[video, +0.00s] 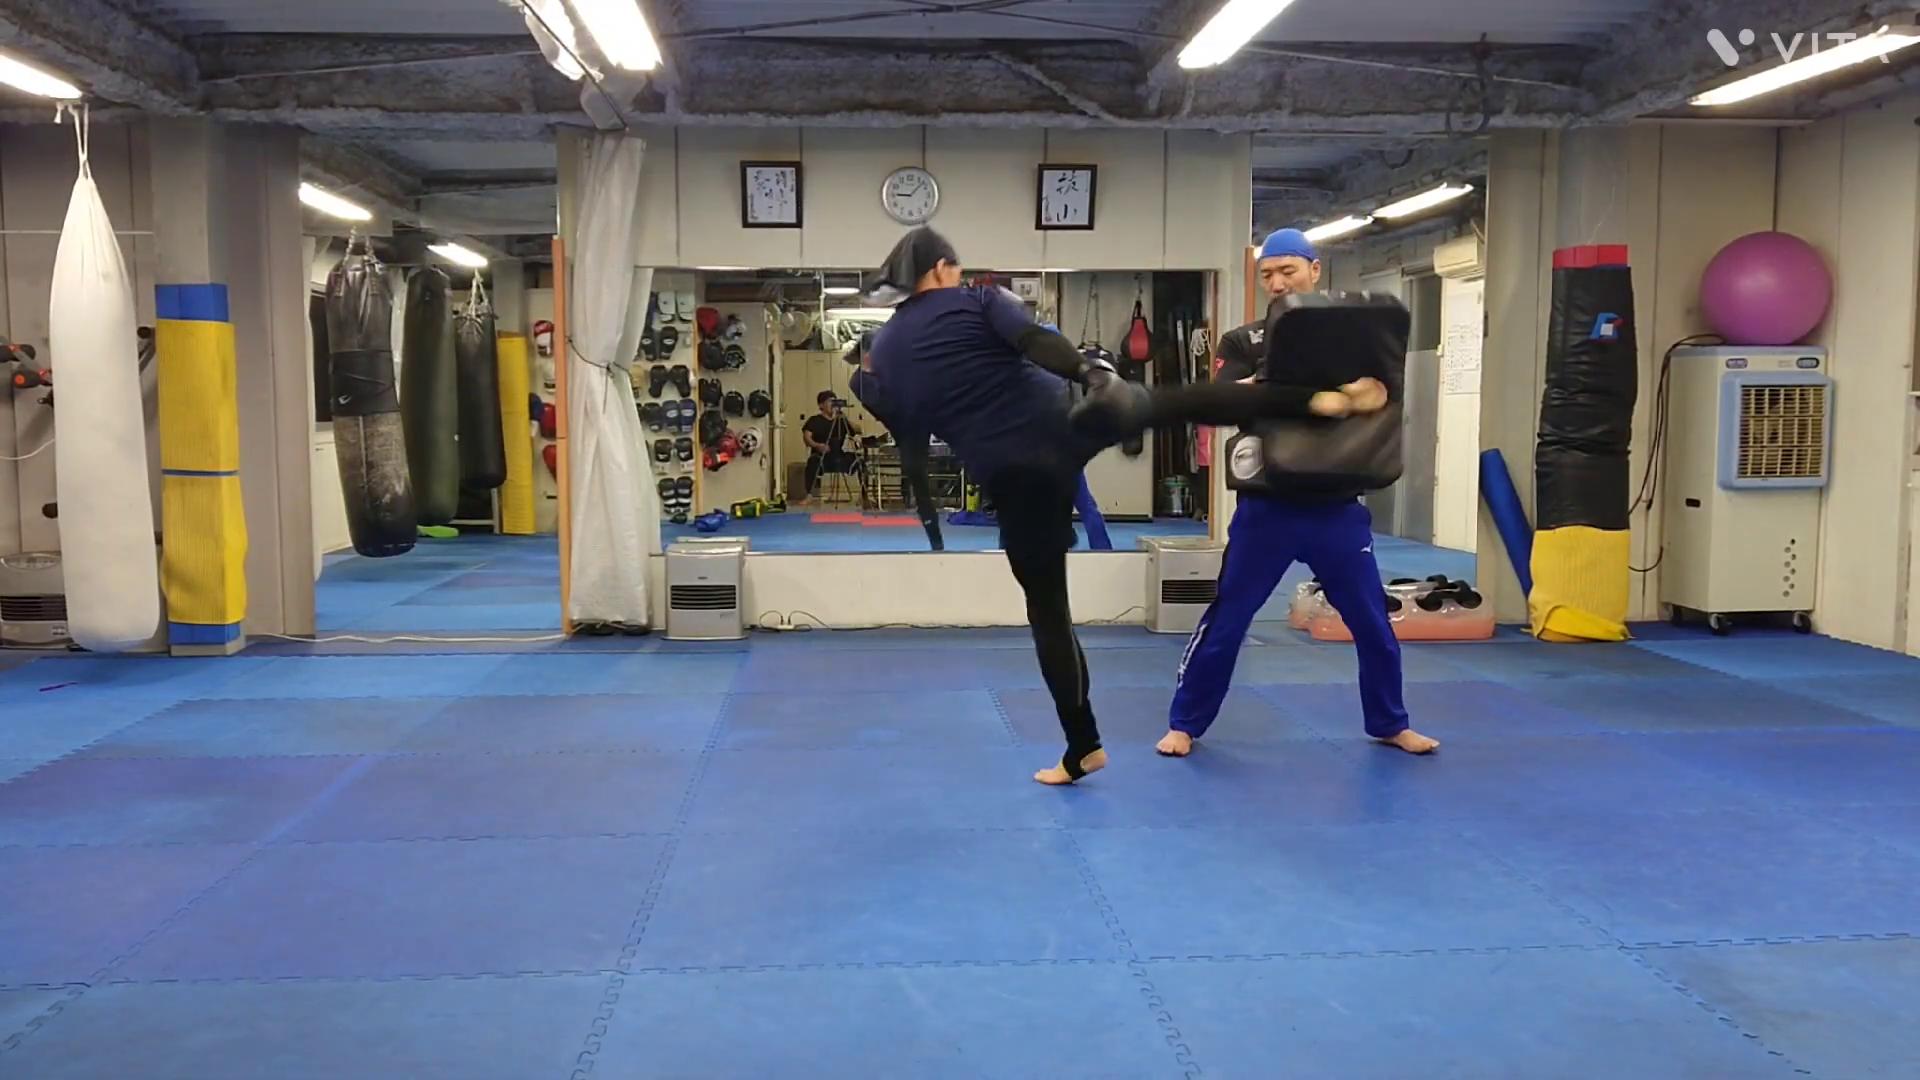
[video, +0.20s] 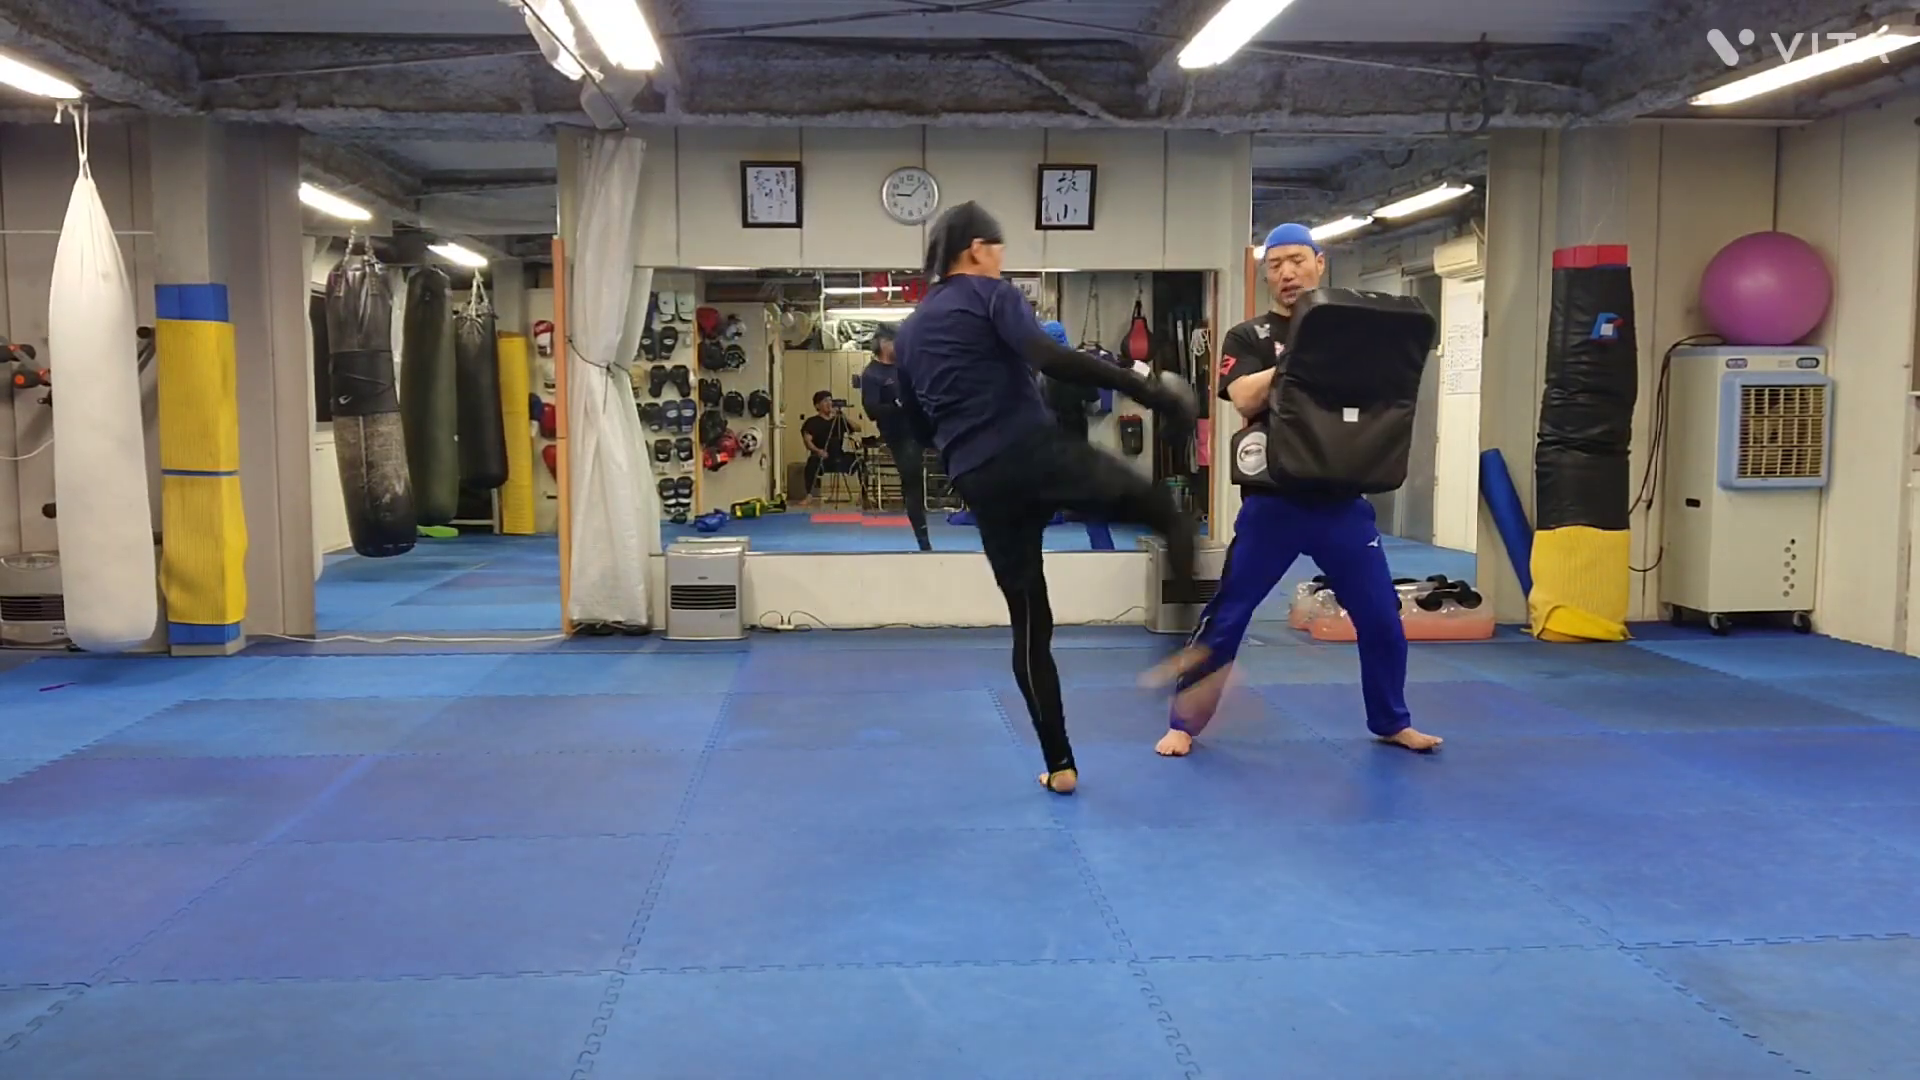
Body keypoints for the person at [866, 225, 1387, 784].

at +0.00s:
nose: (961, 276)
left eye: (956, 269)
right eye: (956, 268)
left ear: (900, 287)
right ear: (940, 272)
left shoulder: (885, 357)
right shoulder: (976, 298)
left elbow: (909, 433)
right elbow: (1036, 340)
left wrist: (865, 379)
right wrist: (1090, 368)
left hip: (1015, 478)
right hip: (1064, 420)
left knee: (1049, 617)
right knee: (1171, 401)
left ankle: (1082, 747)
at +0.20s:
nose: (1001, 262)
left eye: (1000, 252)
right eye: (996, 252)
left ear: (945, 257)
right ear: (972, 250)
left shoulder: (910, 332)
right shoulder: (990, 292)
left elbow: (921, 426)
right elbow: (1046, 354)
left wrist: (973, 399)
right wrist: (1147, 387)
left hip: (979, 480)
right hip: (1034, 452)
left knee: (1029, 624)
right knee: (1160, 509)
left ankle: (1059, 766)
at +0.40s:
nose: (1046, 261)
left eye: (1045, 249)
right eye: (1042, 249)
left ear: (999, 249)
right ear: (1018, 247)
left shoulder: (970, 301)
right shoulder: (1003, 302)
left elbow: (994, 387)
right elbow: (1020, 380)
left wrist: (1078, 378)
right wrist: (1101, 382)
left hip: (964, 480)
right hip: (983, 482)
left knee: (1021, 622)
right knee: (996, 625)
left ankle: (1058, 766)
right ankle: (921, 790)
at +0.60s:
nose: (1067, 275)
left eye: (1066, 263)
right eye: (1064, 262)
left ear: (1028, 260)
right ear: (1038, 259)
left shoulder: (1010, 327)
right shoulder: (977, 317)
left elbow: (1015, 399)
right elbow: (945, 405)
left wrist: (1074, 398)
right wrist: (1033, 423)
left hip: (956, 494)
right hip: (921, 491)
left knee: (996, 611)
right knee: (928, 639)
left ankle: (1021, 754)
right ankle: (900, 806)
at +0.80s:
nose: (1053, 257)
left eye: (1053, 245)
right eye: (1049, 244)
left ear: (1014, 244)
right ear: (1020, 242)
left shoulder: (993, 308)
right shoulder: (969, 301)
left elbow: (980, 401)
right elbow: (920, 392)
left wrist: (1053, 408)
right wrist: (1008, 393)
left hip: (959, 495)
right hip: (922, 496)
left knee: (998, 610)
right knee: (927, 644)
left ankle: (952, 751)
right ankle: (899, 808)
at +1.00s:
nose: (1043, 268)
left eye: (1044, 255)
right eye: (1039, 254)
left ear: (1002, 251)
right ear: (1006, 250)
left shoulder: (979, 308)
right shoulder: (973, 307)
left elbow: (971, 399)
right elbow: (939, 398)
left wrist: (1036, 386)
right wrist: (1023, 391)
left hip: (952, 501)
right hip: (930, 502)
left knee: (987, 631)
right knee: (971, 638)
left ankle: (946, 773)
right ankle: (906, 793)